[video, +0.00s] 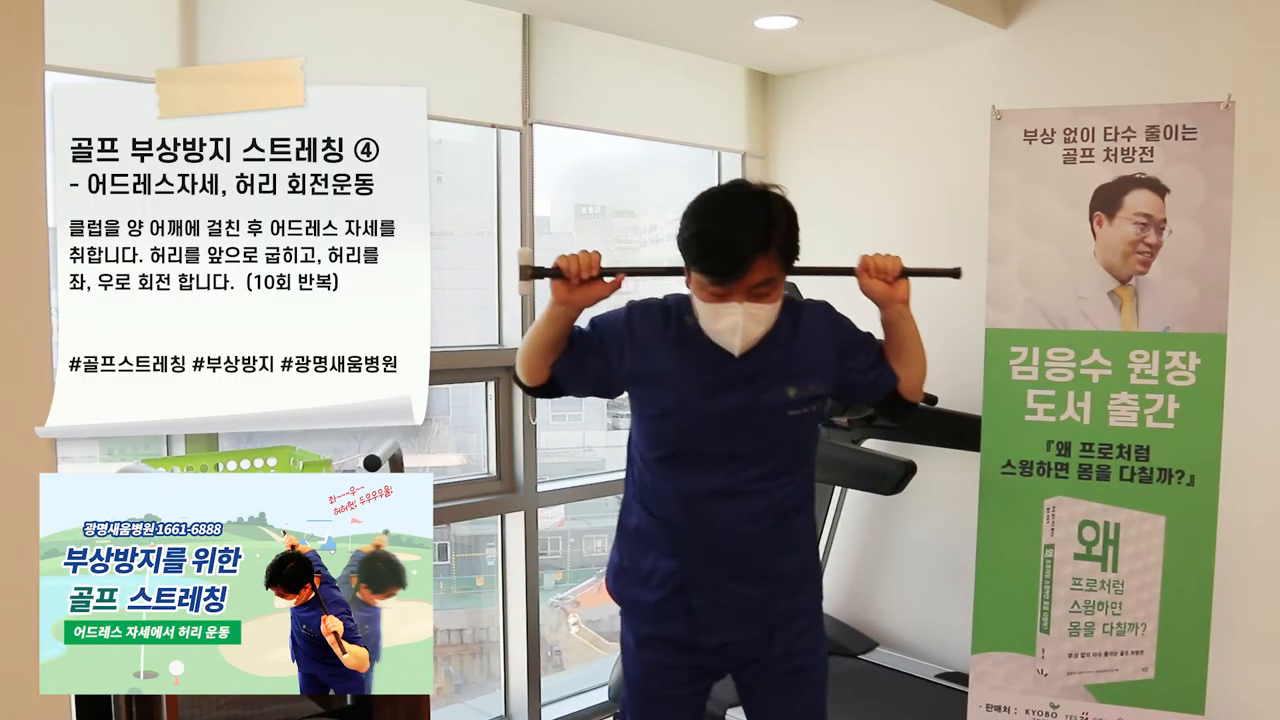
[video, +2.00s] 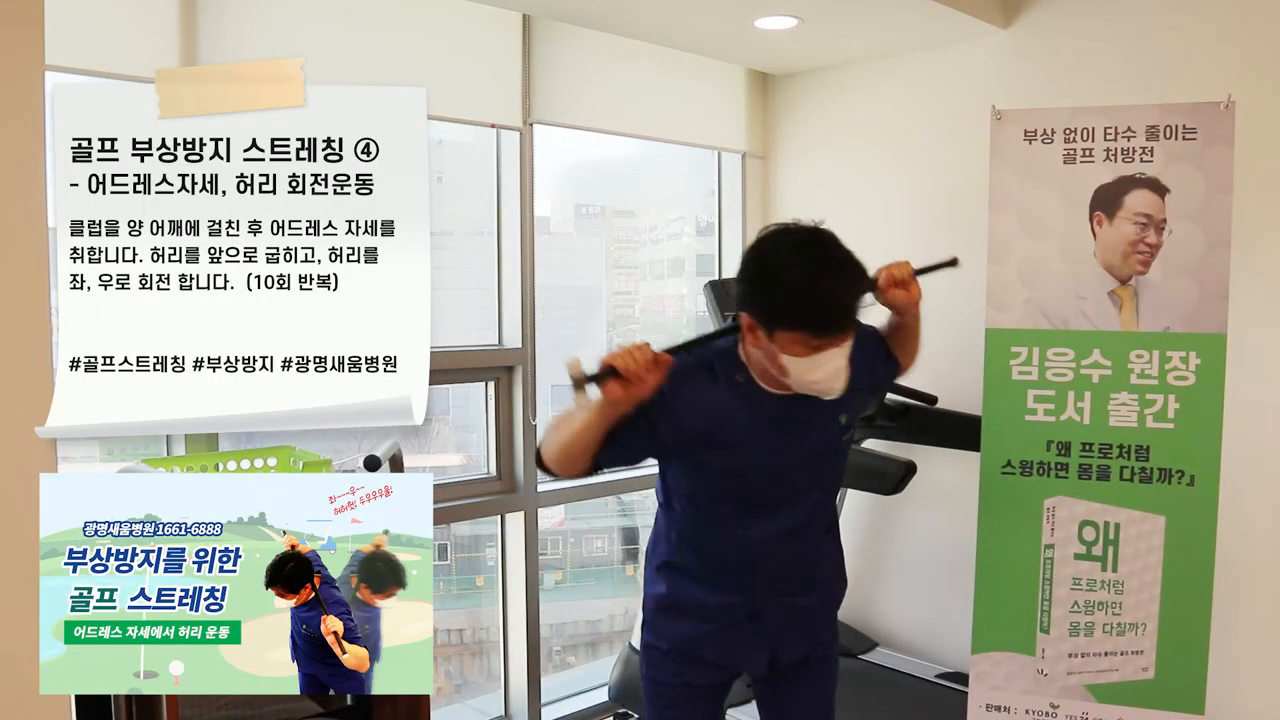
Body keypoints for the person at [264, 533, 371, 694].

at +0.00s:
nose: (278, 599)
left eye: (283, 596)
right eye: (276, 594)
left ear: (306, 590)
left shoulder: (334, 607)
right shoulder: (312, 570)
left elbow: (363, 665)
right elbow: (308, 552)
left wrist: (335, 642)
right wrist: (297, 547)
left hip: (344, 673)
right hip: (310, 667)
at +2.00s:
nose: (278, 599)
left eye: (283, 596)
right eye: (276, 594)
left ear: (306, 590)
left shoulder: (334, 607)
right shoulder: (312, 570)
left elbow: (363, 665)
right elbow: (308, 552)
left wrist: (335, 642)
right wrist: (297, 547)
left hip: (344, 673)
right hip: (310, 667)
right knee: (312, 714)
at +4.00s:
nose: (278, 599)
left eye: (283, 596)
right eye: (276, 593)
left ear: (306, 590)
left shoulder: (334, 608)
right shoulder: (312, 570)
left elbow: (363, 665)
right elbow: (308, 552)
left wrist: (336, 643)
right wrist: (297, 547)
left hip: (344, 672)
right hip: (310, 667)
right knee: (312, 715)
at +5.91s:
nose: (278, 599)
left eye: (283, 595)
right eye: (276, 593)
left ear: (306, 589)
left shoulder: (334, 608)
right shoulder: (311, 570)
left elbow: (363, 665)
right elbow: (308, 552)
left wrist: (335, 642)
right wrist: (296, 547)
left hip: (344, 672)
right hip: (310, 666)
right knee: (313, 714)